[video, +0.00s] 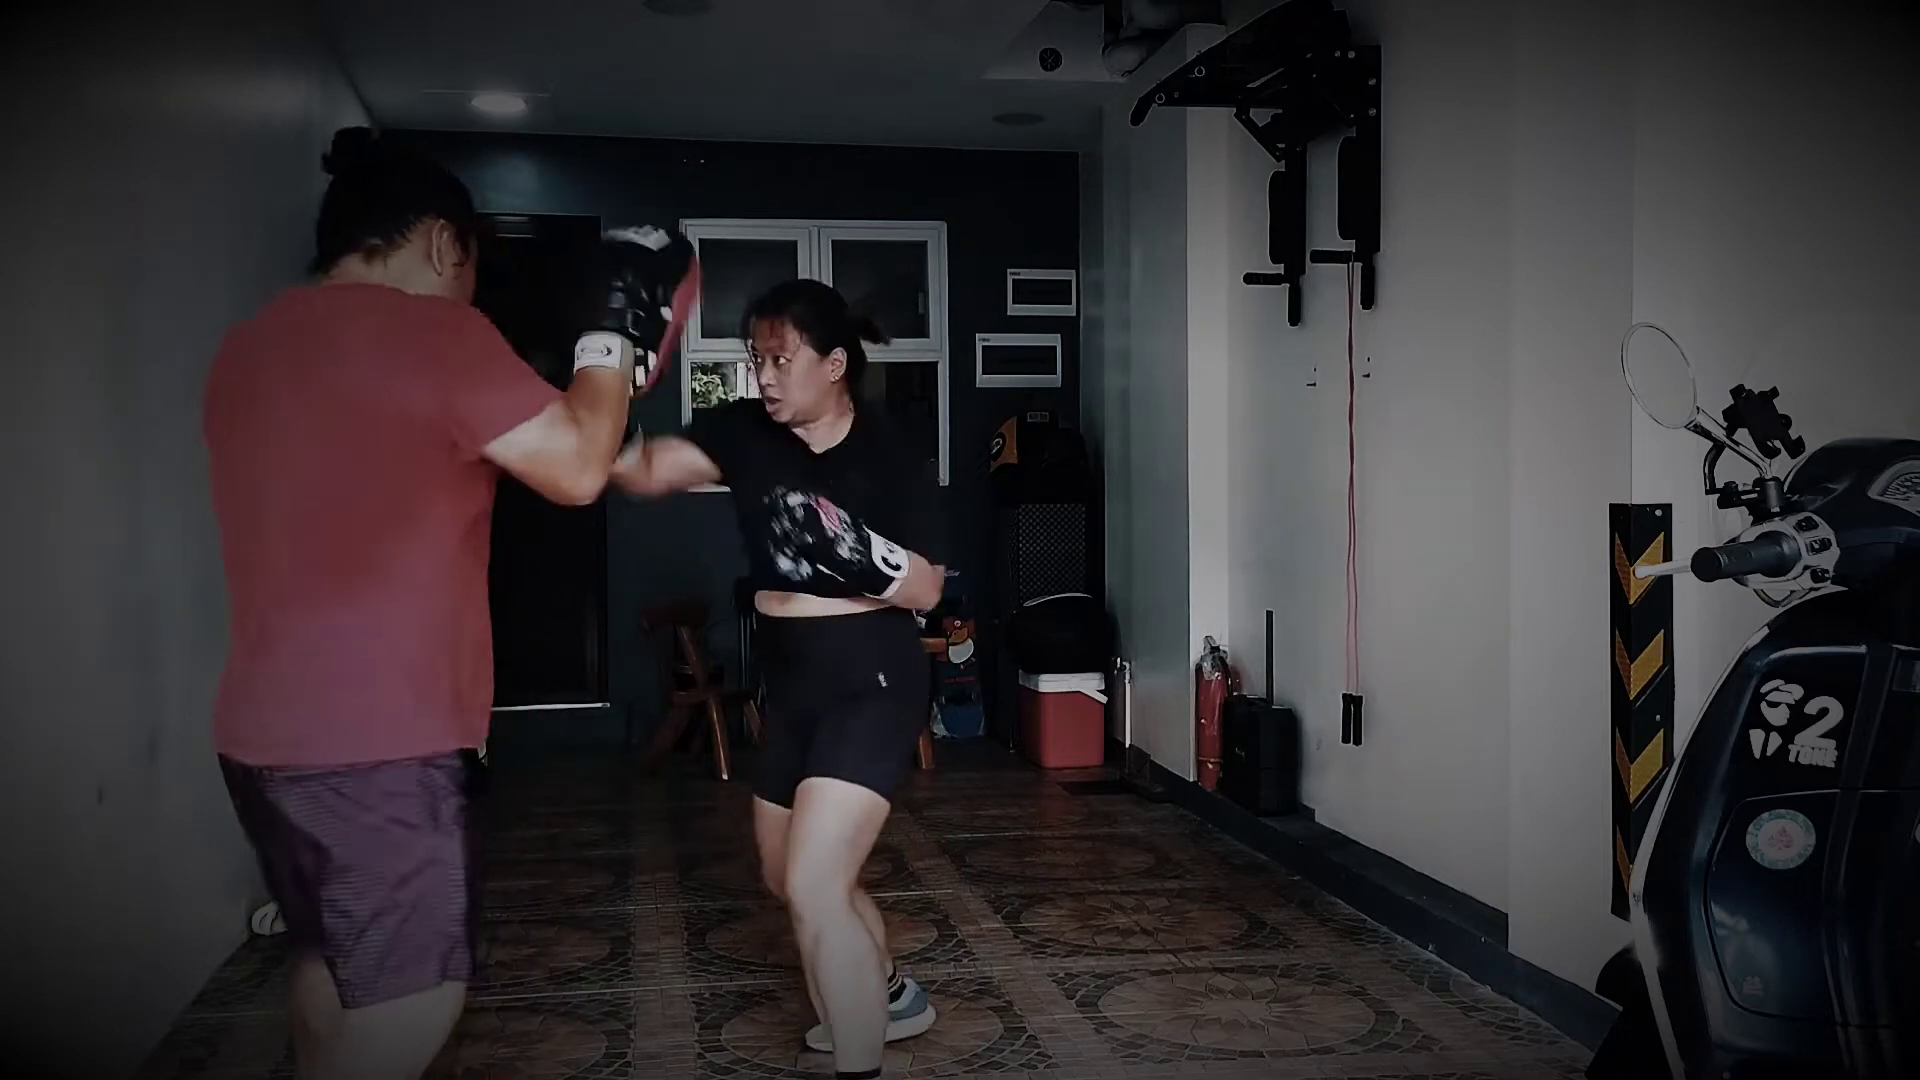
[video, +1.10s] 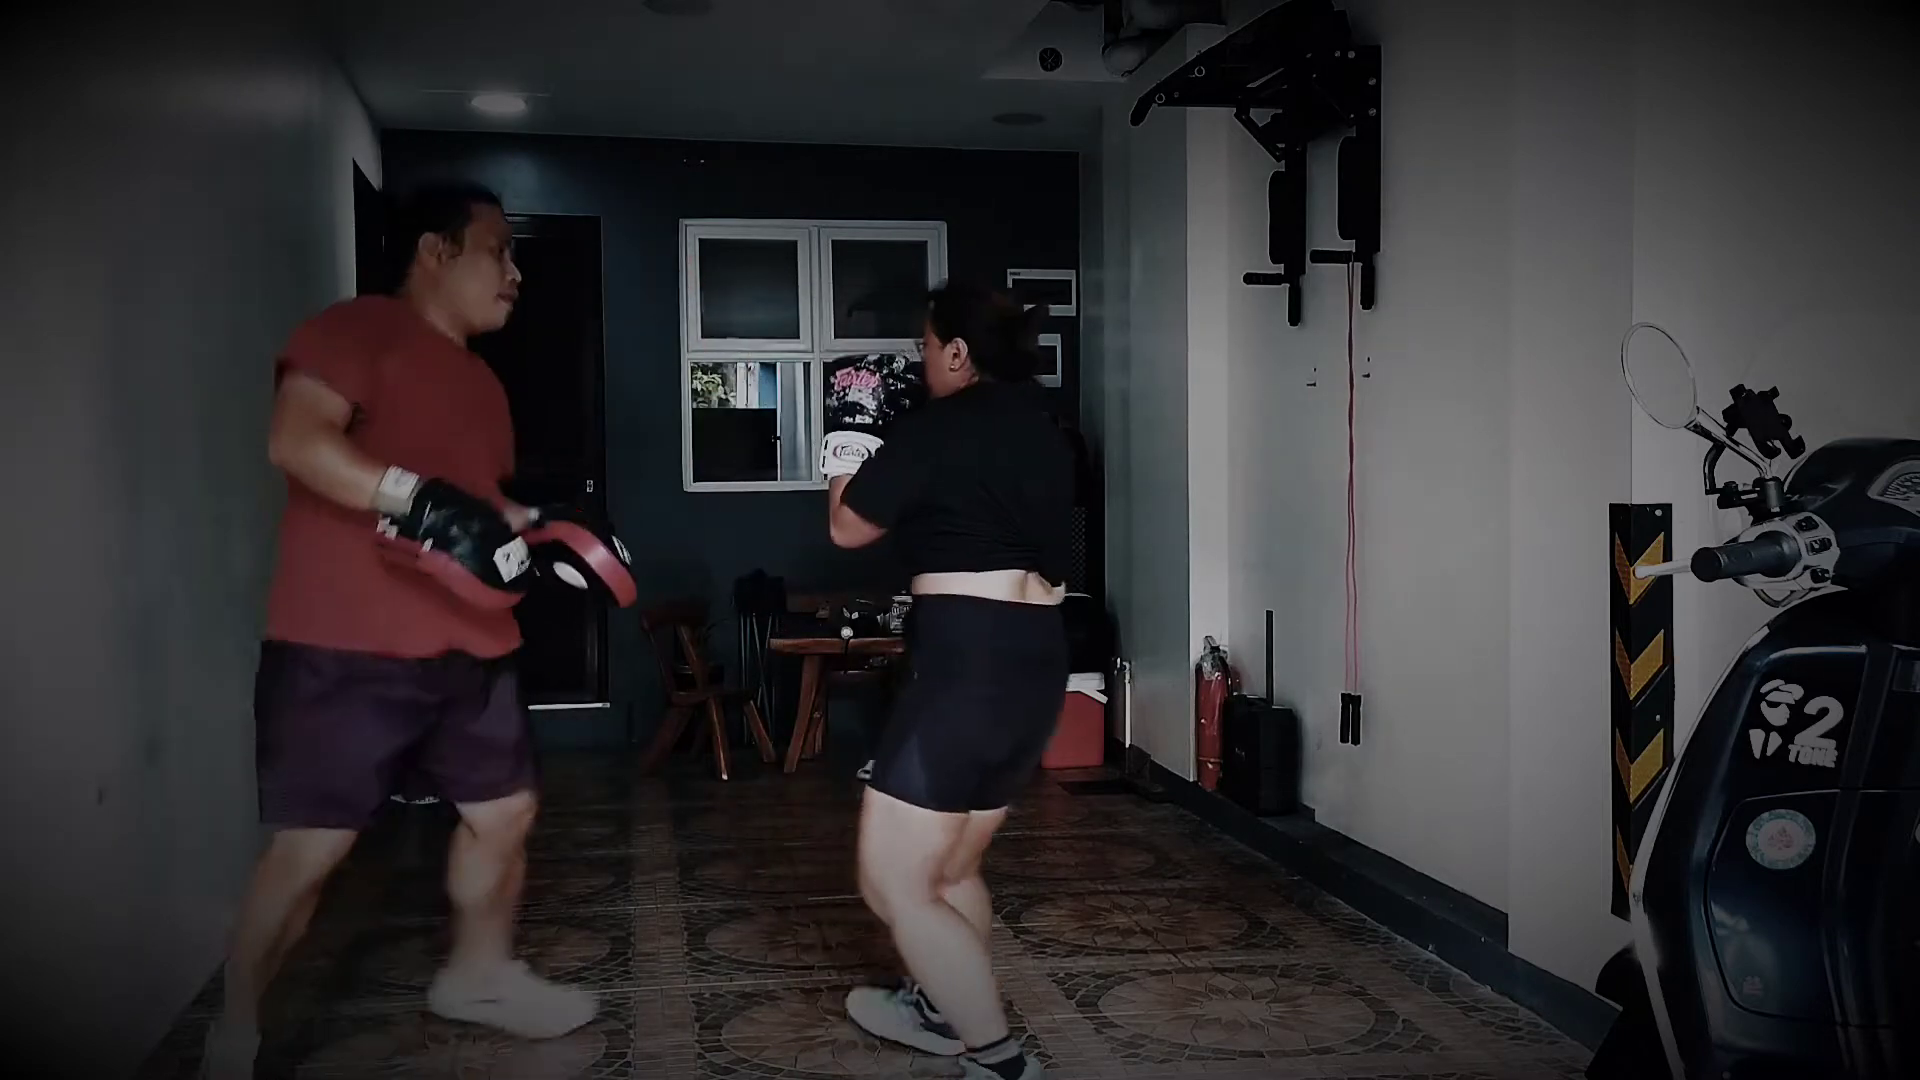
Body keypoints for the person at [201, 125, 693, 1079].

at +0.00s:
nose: (466, 286)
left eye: (468, 267)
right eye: (467, 262)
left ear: (339, 238)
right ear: (439, 239)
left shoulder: (245, 350)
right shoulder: (432, 334)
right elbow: (578, 466)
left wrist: (608, 373)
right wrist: (612, 328)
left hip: (259, 738)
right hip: (383, 745)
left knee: (323, 961)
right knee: (409, 1004)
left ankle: (318, 1079)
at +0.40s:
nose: (477, 277)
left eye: (478, 256)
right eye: (478, 252)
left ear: (355, 234)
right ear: (444, 235)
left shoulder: (263, 343)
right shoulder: (425, 335)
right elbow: (587, 453)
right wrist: (612, 358)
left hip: (257, 720)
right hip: (353, 731)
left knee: (332, 985)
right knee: (367, 995)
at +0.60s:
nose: (477, 359)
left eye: (477, 342)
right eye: (476, 337)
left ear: (364, 325)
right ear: (447, 325)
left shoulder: (264, 435)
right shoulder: (441, 413)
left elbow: (232, 599)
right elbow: (582, 486)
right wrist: (617, 406)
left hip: (241, 775)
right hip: (364, 786)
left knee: (331, 933)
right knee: (413, 1007)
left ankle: (320, 1063)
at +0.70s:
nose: (490, 374)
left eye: (490, 353)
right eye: (487, 348)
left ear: (375, 336)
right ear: (447, 329)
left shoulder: (300, 418)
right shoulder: (431, 395)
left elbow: (322, 571)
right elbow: (467, 508)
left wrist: (443, 586)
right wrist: (579, 487)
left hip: (260, 735)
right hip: (357, 745)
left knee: (317, 952)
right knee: (326, 991)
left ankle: (340, 1062)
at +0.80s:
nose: (511, 338)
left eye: (511, 319)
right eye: (503, 315)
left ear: (443, 306)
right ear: (453, 302)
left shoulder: (393, 379)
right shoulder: (413, 359)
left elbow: (382, 538)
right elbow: (392, 467)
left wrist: (494, 556)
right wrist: (527, 502)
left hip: (367, 682)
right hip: (324, 683)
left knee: (409, 851)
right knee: (346, 895)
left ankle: (342, 1060)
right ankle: (279, 1069)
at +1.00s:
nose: (515, 256)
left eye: (515, 237)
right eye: (502, 234)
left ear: (452, 236)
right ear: (440, 230)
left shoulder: (454, 351)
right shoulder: (366, 294)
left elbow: (445, 479)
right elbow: (308, 399)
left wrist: (518, 510)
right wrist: (448, 467)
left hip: (437, 629)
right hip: (334, 619)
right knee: (335, 823)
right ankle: (243, 1025)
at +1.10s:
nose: (513, 273)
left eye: (512, 255)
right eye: (497, 252)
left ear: (459, 260)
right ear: (435, 254)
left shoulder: (485, 387)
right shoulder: (356, 329)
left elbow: (480, 504)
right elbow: (296, 440)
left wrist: (539, 537)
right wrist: (419, 503)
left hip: (466, 646)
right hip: (344, 645)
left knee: (502, 806)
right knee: (313, 840)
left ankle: (478, 975)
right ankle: (236, 1020)